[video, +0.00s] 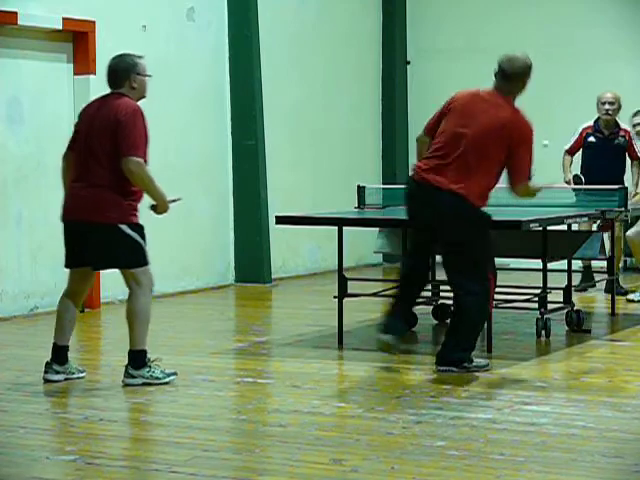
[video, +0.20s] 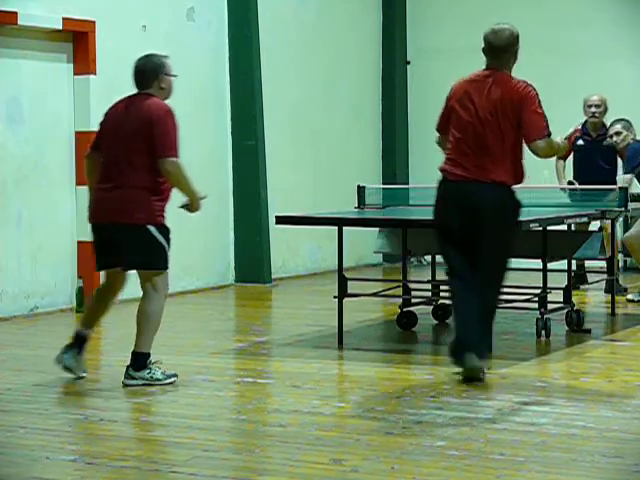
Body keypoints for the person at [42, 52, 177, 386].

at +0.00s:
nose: (148, 82)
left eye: (147, 77)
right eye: (145, 77)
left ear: (117, 81)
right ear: (132, 80)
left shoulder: (90, 109)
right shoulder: (130, 110)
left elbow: (69, 159)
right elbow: (132, 163)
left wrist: (74, 200)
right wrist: (159, 198)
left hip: (77, 214)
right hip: (114, 215)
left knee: (76, 288)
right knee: (141, 283)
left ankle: (58, 363)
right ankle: (138, 365)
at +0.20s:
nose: (173, 82)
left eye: (171, 76)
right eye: (170, 76)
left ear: (141, 79)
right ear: (158, 80)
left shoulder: (116, 110)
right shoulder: (160, 111)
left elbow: (93, 157)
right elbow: (167, 163)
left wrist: (98, 198)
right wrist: (193, 195)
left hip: (104, 213)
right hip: (141, 214)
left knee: (112, 281)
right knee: (155, 287)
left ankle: (75, 348)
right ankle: (140, 366)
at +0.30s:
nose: (188, 82)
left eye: (188, 77)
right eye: (186, 77)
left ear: (156, 80)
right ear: (176, 80)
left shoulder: (130, 109)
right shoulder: (178, 111)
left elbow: (104, 155)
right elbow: (190, 163)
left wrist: (104, 196)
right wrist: (213, 192)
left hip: (115, 210)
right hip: (152, 213)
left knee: (137, 277)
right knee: (160, 288)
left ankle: (112, 344)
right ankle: (139, 365)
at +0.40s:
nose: (203, 84)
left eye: (202, 79)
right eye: (201, 79)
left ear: (171, 82)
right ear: (191, 82)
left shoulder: (145, 110)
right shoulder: (195, 113)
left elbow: (115, 155)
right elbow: (211, 166)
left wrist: (109, 199)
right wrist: (231, 191)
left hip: (130, 211)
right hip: (165, 214)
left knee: (162, 280)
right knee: (167, 288)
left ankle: (160, 346)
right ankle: (140, 365)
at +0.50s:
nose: (217, 89)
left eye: (215, 83)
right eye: (214, 84)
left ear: (184, 88)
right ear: (205, 88)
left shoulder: (159, 116)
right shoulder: (208, 118)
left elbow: (131, 161)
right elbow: (222, 169)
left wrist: (124, 205)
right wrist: (243, 193)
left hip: (147, 216)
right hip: (182, 218)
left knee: (177, 286)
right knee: (205, 289)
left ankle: (181, 357)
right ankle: (155, 349)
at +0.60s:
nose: (232, 95)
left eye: (231, 90)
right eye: (229, 91)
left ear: (198, 96)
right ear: (220, 95)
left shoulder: (177, 123)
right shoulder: (222, 125)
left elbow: (153, 171)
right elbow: (233, 177)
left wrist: (160, 206)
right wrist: (252, 202)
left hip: (161, 223)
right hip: (198, 223)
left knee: (188, 284)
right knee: (244, 280)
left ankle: (181, 356)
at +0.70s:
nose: (250, 97)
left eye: (248, 91)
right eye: (246, 92)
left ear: (217, 97)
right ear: (237, 97)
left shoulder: (194, 123)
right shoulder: (239, 125)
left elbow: (175, 173)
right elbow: (248, 179)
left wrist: (198, 198)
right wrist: (268, 208)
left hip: (177, 221)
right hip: (215, 221)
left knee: (199, 285)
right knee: (264, 277)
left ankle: (182, 358)